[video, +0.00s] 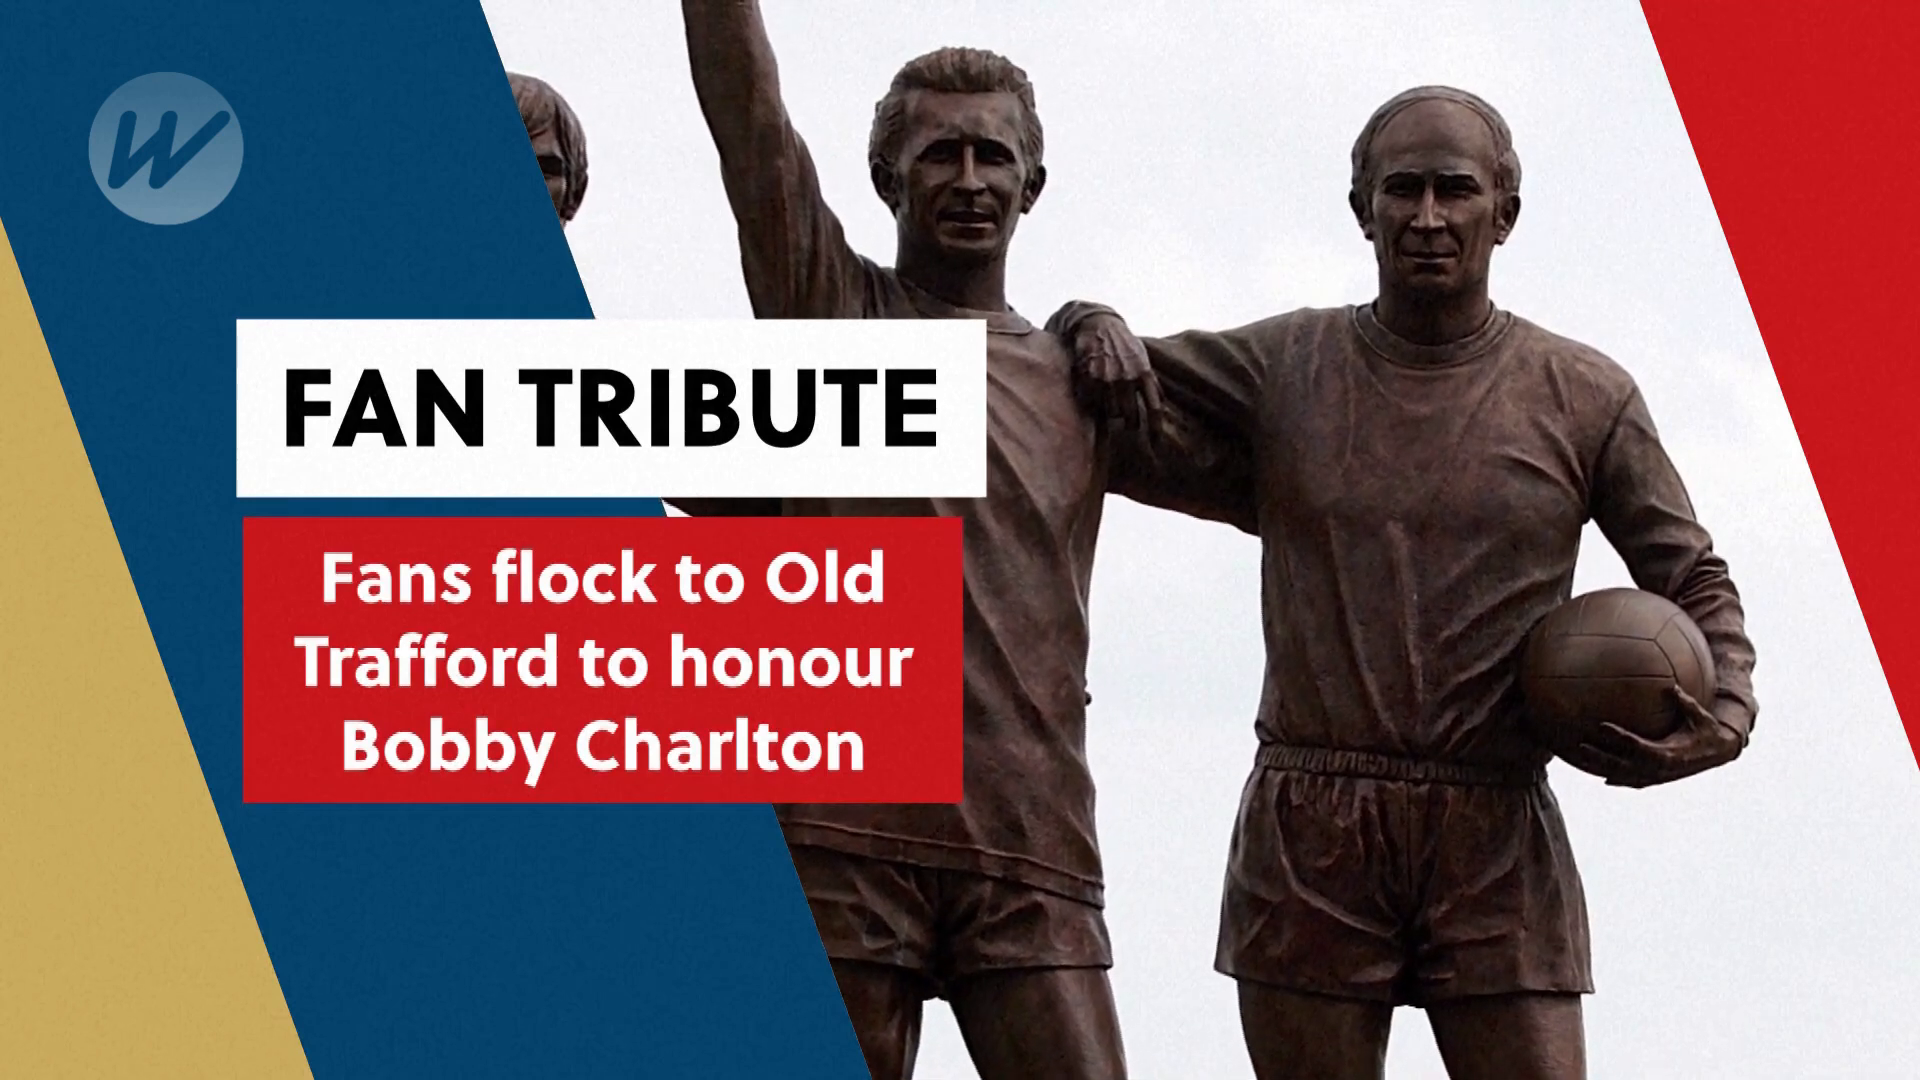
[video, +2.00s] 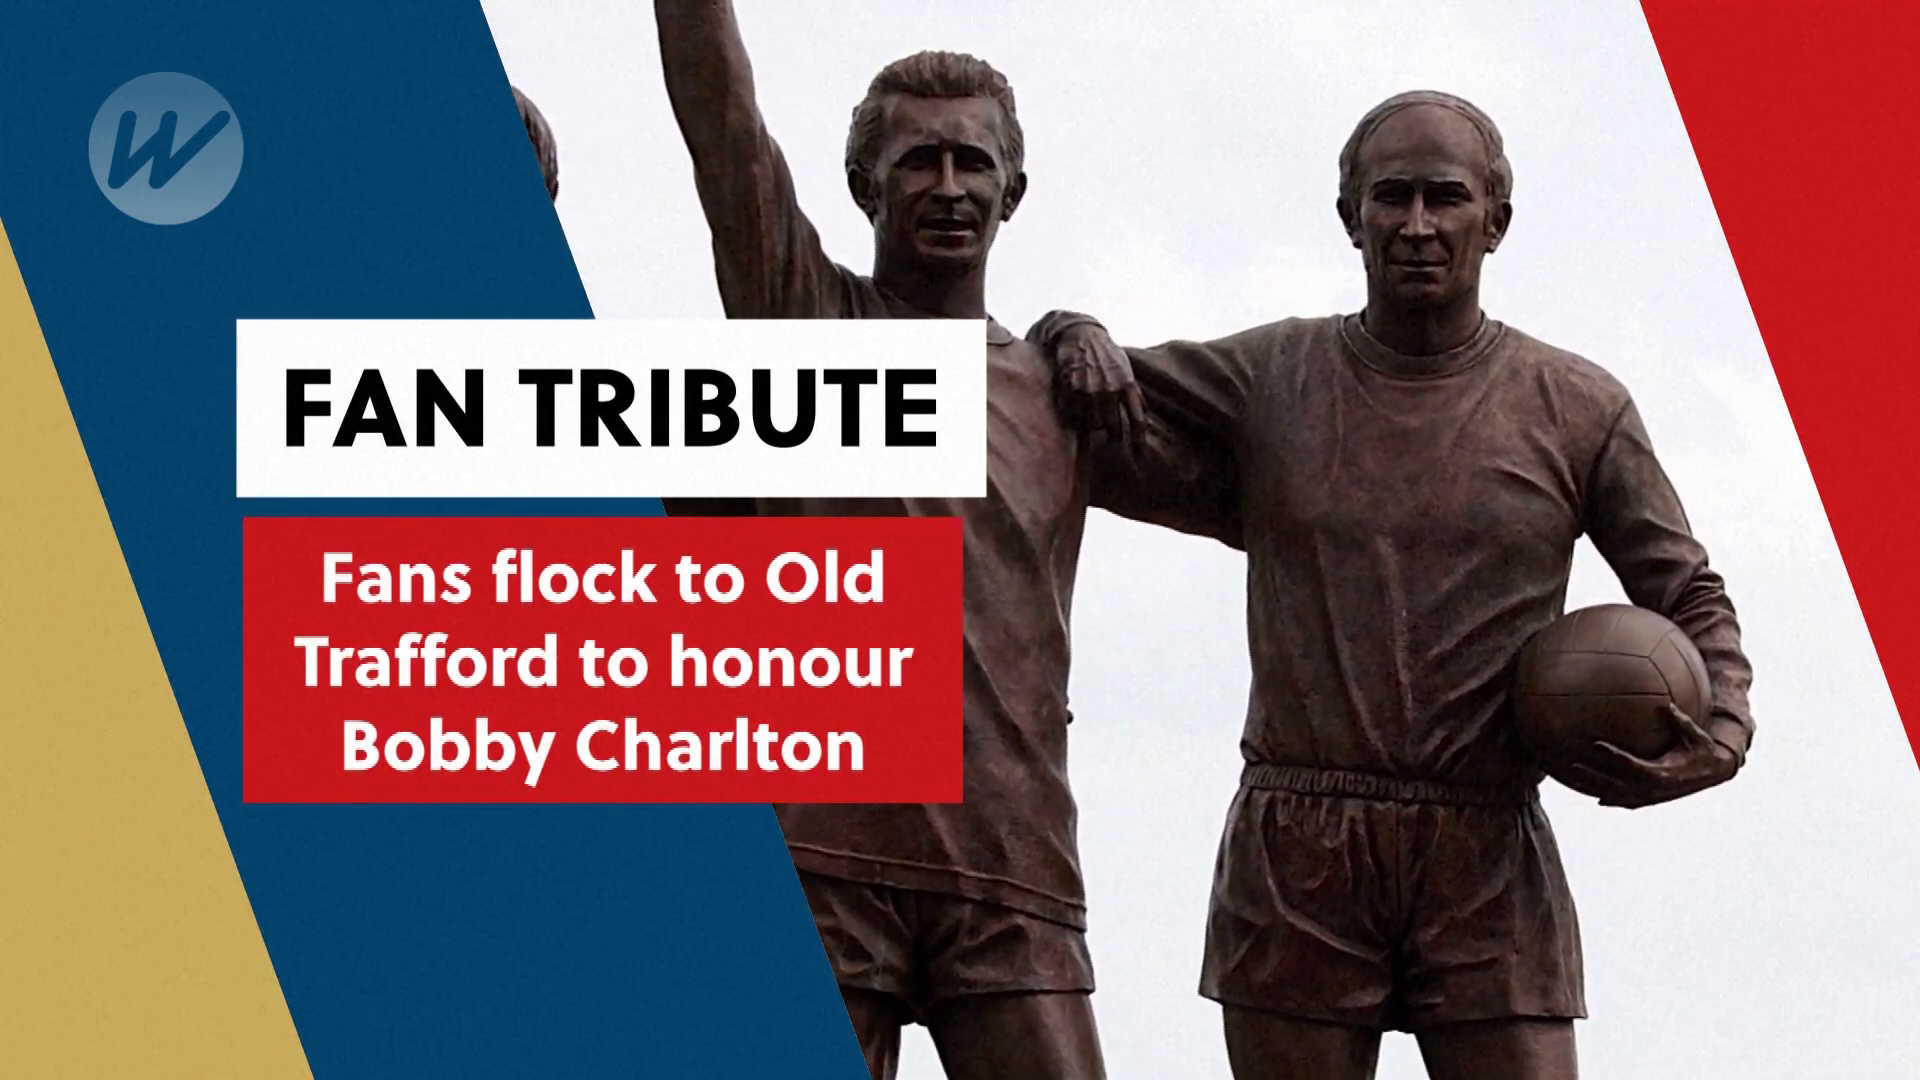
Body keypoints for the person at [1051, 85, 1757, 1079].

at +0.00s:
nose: (1428, 215)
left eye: (1457, 187)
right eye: (1401, 189)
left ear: (1507, 212)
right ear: (1362, 209)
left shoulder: (1585, 394)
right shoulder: (1283, 363)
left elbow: (1693, 579)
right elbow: (1103, 396)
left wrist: (1727, 700)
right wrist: (1087, 321)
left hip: (1495, 838)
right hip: (1309, 835)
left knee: (1542, 1066)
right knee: (1308, 1069)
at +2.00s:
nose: (1417, 223)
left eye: (1445, 195)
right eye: (1389, 197)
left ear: (1498, 218)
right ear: (1350, 217)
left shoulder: (1578, 405)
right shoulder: (1269, 374)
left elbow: (1688, 596)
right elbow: (1087, 399)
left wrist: (1723, 722)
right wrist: (1071, 333)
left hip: (1487, 856)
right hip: (1295, 852)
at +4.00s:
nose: (1406, 230)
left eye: (1435, 202)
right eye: (1379, 203)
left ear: (1488, 225)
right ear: (1338, 225)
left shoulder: (1571, 416)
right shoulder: (1257, 383)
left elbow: (1682, 610)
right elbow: (1084, 412)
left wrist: (1719, 746)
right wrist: (1052, 346)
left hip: (1479, 883)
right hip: (1281, 877)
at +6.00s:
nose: (1398, 237)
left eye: (1426, 207)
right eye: (1370, 208)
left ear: (1485, 226)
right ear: (1331, 226)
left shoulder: (1560, 428)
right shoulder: (1255, 402)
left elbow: (1685, 632)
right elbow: (1081, 441)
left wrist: (1680, 745)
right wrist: (1049, 386)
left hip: (1467, 888)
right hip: (1279, 885)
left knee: (1497, 1059)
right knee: (1268, 1058)